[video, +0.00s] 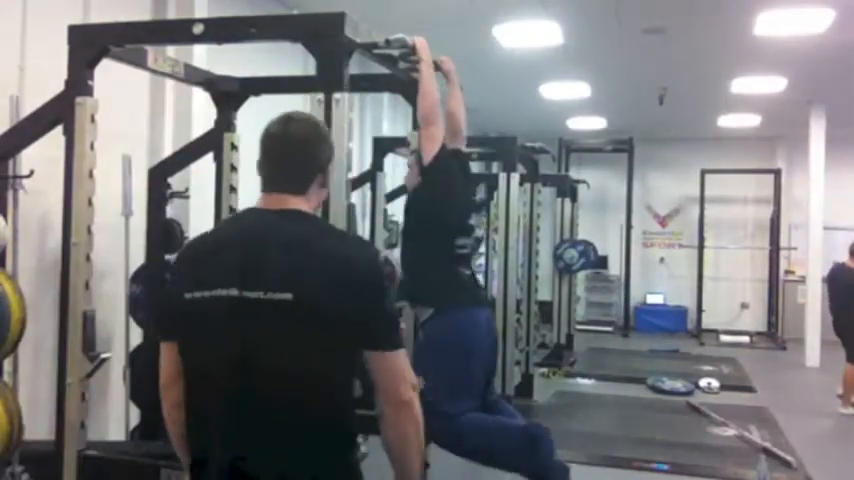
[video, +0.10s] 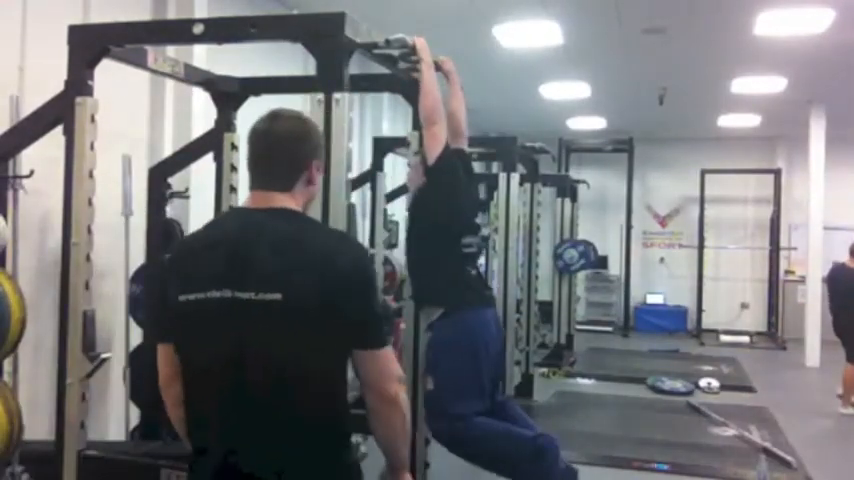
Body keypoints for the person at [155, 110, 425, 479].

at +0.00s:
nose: (332, 179)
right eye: (331, 170)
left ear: (262, 170)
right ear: (323, 176)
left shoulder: (195, 257)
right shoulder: (355, 260)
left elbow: (171, 388)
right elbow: (399, 397)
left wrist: (192, 464)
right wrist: (410, 473)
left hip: (221, 466)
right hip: (322, 466)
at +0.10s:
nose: (322, 178)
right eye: (322, 169)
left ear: (252, 166)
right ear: (313, 173)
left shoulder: (186, 256)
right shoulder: (342, 257)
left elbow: (170, 382)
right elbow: (385, 390)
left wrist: (203, 450)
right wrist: (400, 466)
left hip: (219, 465)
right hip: (316, 464)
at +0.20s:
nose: (314, 177)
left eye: (313, 167)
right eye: (314, 168)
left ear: (242, 167)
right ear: (304, 173)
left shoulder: (176, 260)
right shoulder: (332, 255)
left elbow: (169, 381)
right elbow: (377, 387)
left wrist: (203, 444)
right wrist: (384, 455)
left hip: (216, 464)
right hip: (312, 463)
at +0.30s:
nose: (310, 179)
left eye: (309, 169)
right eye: (310, 169)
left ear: (238, 167)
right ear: (299, 173)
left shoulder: (175, 261)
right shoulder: (328, 256)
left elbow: (169, 380)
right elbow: (373, 384)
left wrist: (204, 440)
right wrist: (367, 442)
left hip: (216, 462)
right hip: (309, 462)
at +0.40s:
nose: (310, 179)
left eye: (309, 169)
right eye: (310, 170)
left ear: (238, 166)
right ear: (299, 174)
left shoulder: (175, 261)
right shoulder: (329, 258)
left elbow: (171, 383)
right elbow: (370, 387)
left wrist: (206, 439)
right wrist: (353, 440)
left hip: (218, 462)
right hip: (313, 463)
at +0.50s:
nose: (314, 179)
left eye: (313, 169)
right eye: (314, 171)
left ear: (243, 169)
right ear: (303, 177)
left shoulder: (177, 261)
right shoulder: (331, 258)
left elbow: (171, 385)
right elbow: (372, 389)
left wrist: (205, 446)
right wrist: (355, 446)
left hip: (221, 463)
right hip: (315, 463)